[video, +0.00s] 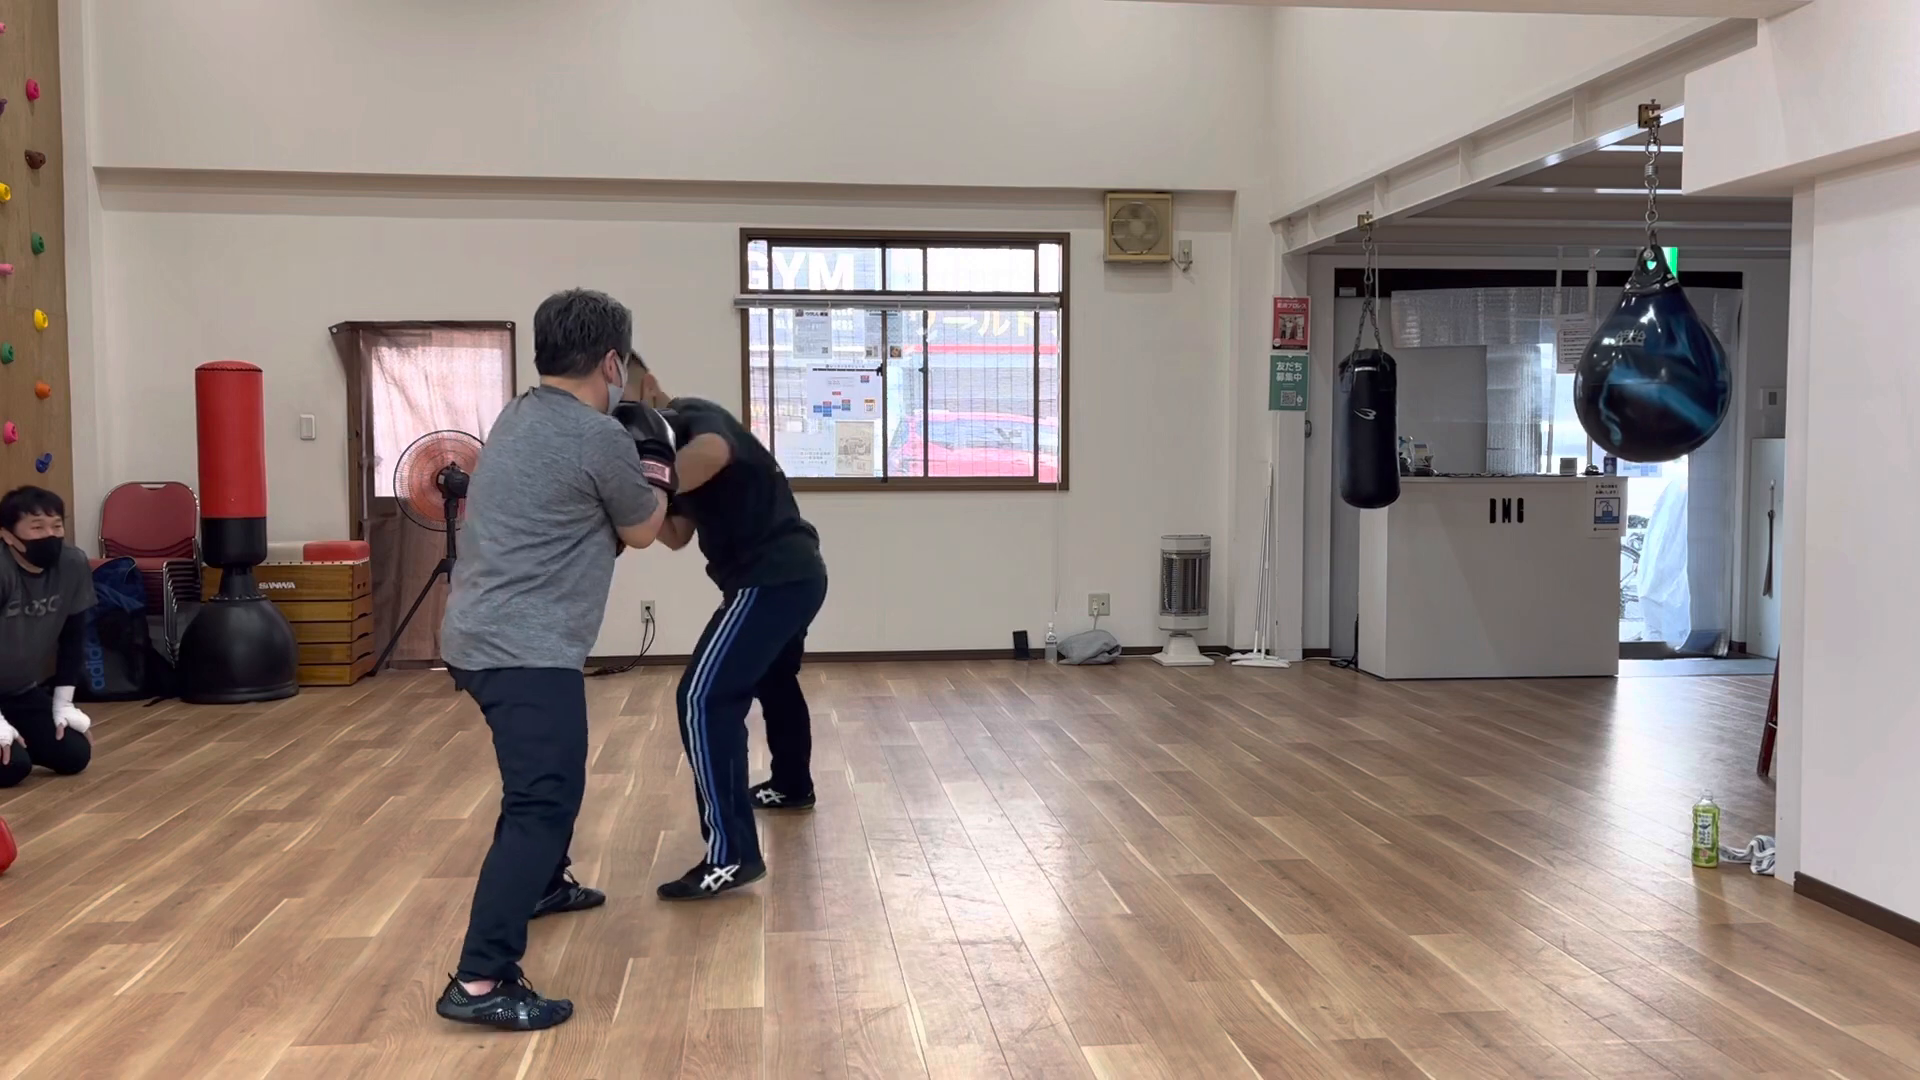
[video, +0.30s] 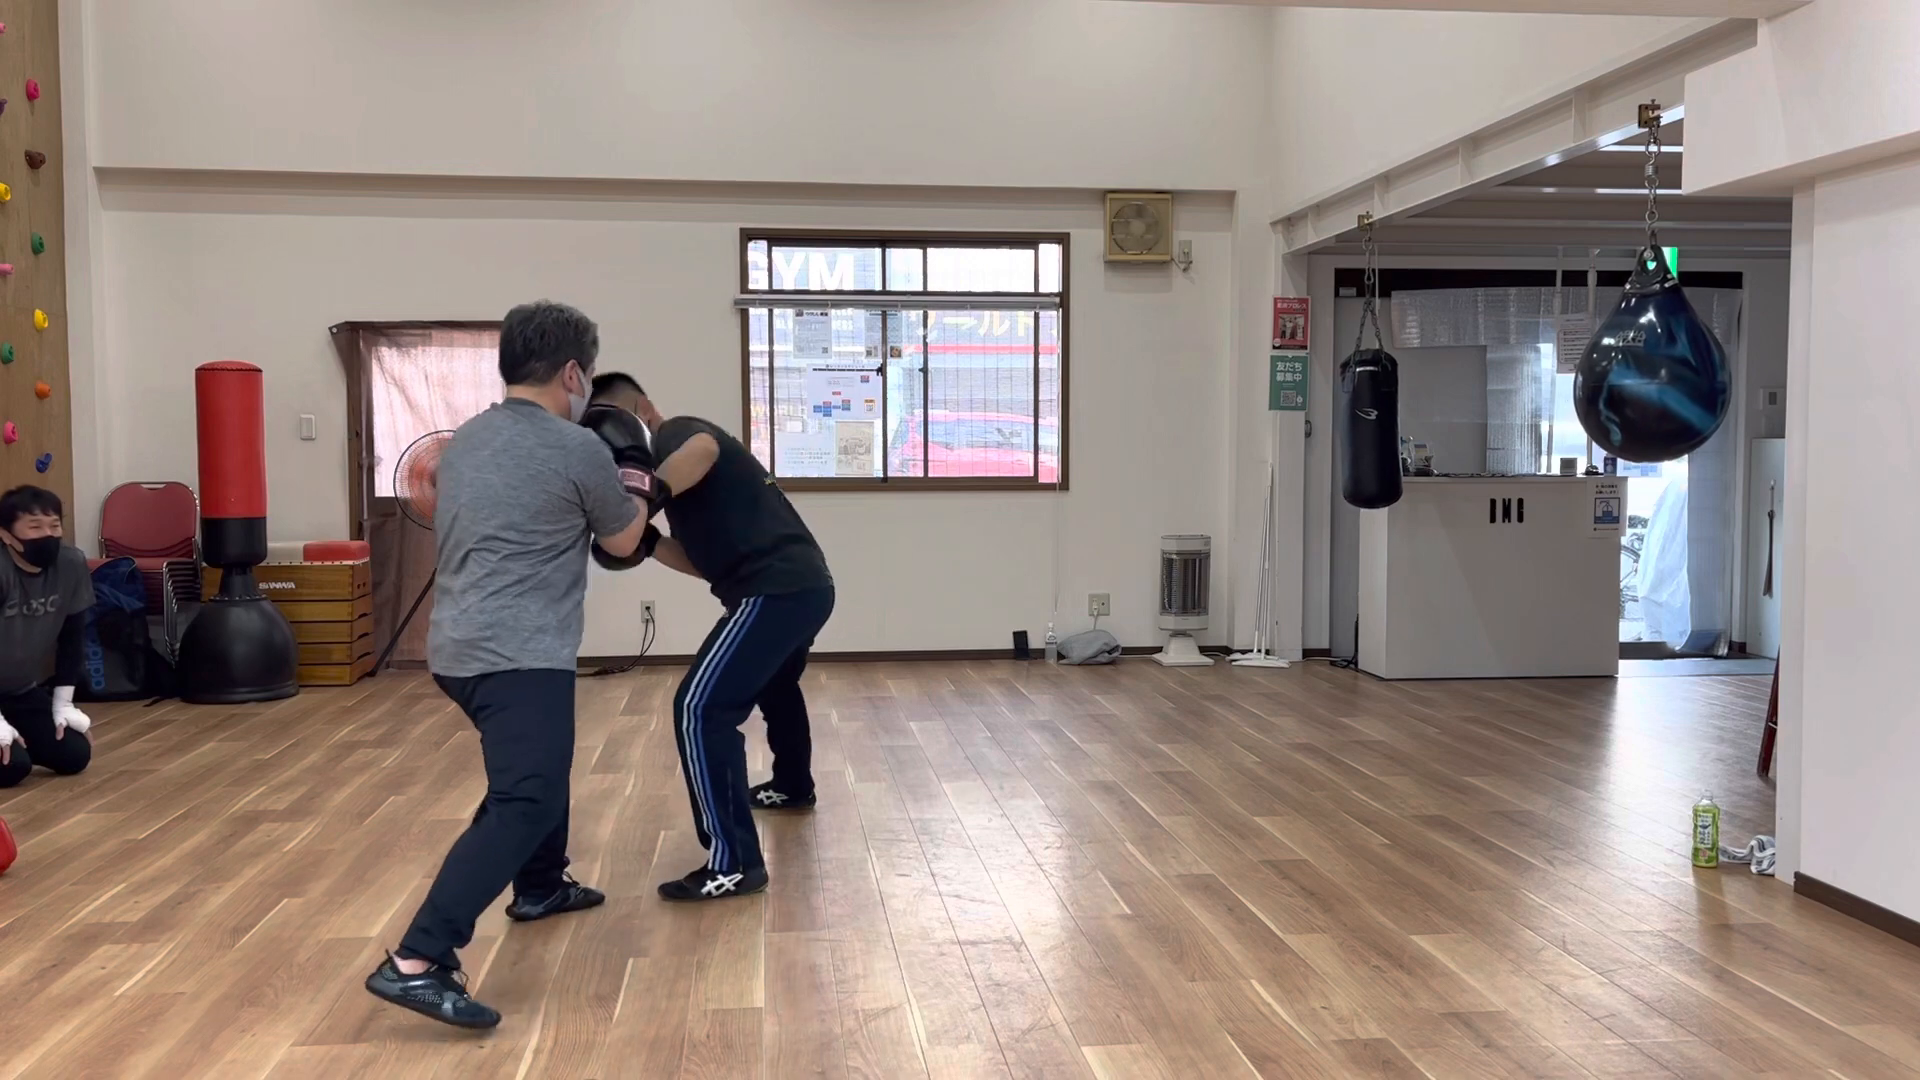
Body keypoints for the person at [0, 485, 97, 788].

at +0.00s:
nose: (50, 535)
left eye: (56, 525)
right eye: (37, 528)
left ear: (64, 527)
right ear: (8, 536)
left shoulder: (73, 564)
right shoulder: (2, 571)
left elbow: (73, 638)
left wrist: (63, 702)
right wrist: (0, 720)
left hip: (28, 691)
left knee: (74, 756)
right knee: (12, 766)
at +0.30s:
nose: (48, 535)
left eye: (54, 525)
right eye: (35, 527)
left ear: (62, 527)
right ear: (7, 536)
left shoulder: (71, 564)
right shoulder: (3, 571)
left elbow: (72, 637)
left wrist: (63, 702)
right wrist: (1, 720)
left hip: (27, 691)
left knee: (74, 756)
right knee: (13, 767)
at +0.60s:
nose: (45, 534)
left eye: (51, 524)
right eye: (31, 526)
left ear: (59, 527)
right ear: (6, 537)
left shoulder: (69, 563)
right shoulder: (2, 571)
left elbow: (71, 637)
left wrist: (63, 702)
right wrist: (0, 721)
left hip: (28, 692)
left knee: (74, 756)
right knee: (13, 767)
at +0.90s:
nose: (41, 534)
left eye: (48, 524)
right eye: (28, 526)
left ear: (57, 526)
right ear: (5, 536)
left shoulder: (67, 563)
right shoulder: (4, 571)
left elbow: (70, 637)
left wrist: (62, 702)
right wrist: (1, 722)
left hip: (29, 692)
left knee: (74, 757)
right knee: (13, 767)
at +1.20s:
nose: (41, 534)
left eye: (47, 524)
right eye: (28, 526)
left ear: (56, 526)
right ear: (5, 536)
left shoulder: (67, 563)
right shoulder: (3, 571)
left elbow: (70, 637)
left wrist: (63, 702)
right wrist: (1, 722)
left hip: (29, 692)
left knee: (74, 757)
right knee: (13, 767)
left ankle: (15, 732)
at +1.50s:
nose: (38, 533)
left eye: (45, 524)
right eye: (25, 525)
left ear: (53, 526)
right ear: (2, 532)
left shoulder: (66, 563)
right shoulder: (3, 571)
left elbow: (70, 637)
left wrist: (63, 701)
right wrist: (1, 722)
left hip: (30, 692)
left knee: (74, 756)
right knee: (13, 767)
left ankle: (14, 734)